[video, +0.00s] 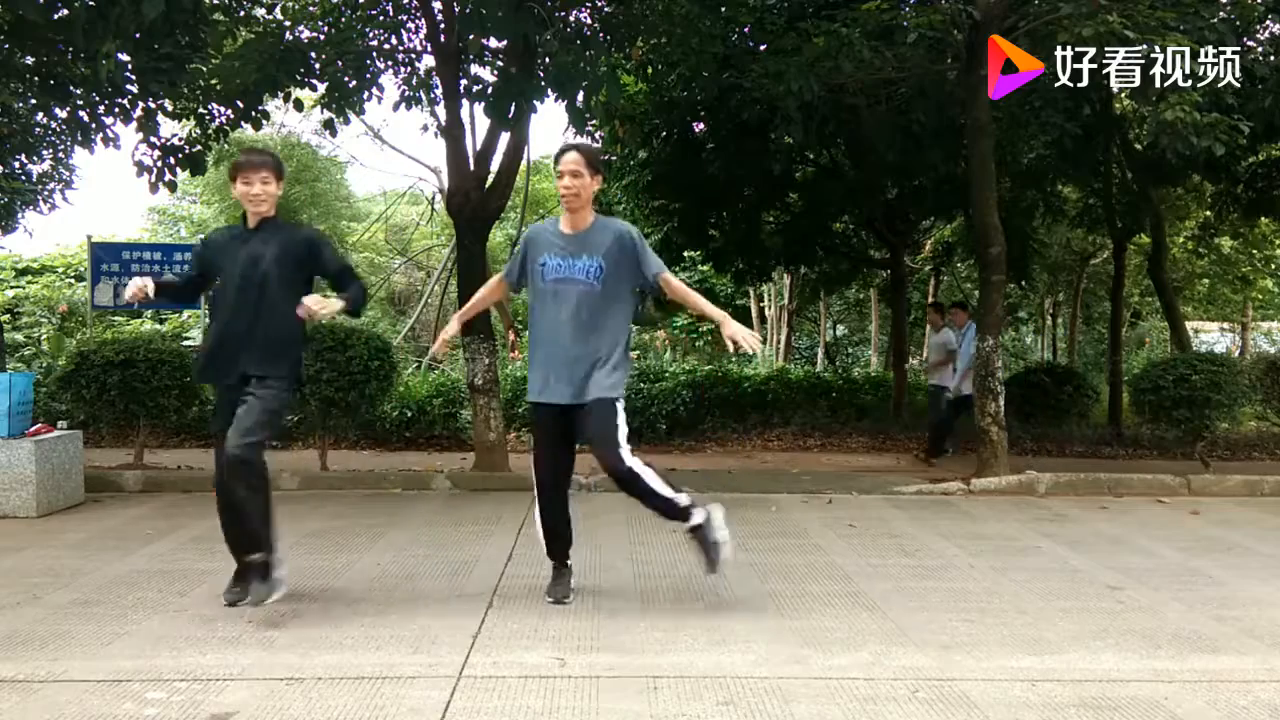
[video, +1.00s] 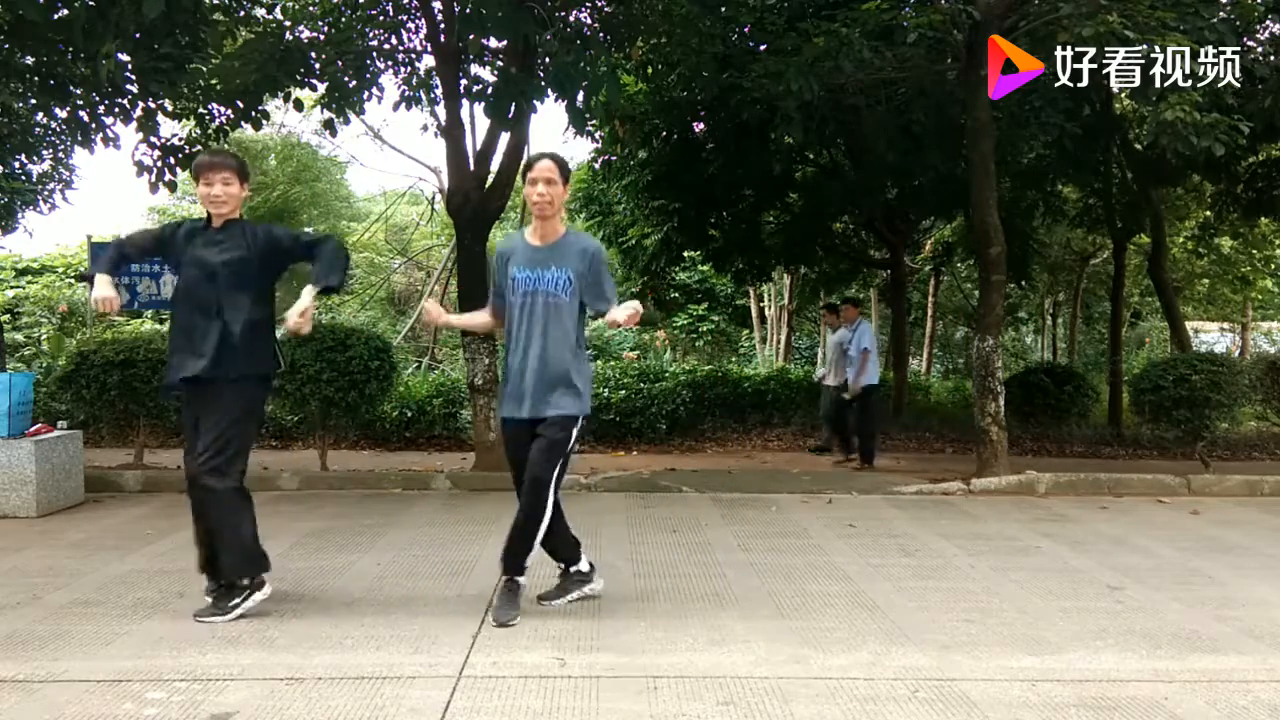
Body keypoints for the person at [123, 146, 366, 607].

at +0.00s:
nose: (257, 190)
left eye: (266, 181)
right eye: (248, 182)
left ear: (280, 186)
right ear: (235, 189)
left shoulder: (304, 241)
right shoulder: (219, 243)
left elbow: (355, 289)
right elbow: (189, 287)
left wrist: (336, 302)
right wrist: (152, 287)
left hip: (274, 372)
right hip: (227, 372)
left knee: (241, 450)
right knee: (225, 467)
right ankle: (245, 565)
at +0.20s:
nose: (236, 212)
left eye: (247, 205)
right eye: (229, 204)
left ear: (265, 214)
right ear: (221, 211)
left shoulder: (285, 270)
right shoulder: (204, 269)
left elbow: (304, 337)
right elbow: (191, 339)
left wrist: (290, 325)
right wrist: (146, 329)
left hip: (259, 404)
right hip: (210, 402)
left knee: (220, 492)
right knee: (213, 497)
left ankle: (182, 591)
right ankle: (273, 578)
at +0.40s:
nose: (214, 185)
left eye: (225, 178)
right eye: (211, 178)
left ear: (252, 186)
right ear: (207, 184)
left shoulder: (274, 234)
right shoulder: (196, 232)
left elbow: (346, 254)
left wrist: (319, 295)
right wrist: (113, 271)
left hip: (247, 369)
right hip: (203, 370)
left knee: (222, 472)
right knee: (218, 472)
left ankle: (252, 582)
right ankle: (242, 578)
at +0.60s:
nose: (207, 183)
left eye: (218, 175)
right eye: (202, 176)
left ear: (244, 182)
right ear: (198, 184)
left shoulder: (266, 233)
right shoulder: (189, 236)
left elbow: (339, 269)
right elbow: (148, 262)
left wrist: (305, 294)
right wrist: (119, 270)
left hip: (248, 373)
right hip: (203, 376)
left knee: (225, 469)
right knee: (205, 475)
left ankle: (234, 584)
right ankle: (243, 564)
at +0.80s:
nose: (217, 208)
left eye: (227, 199)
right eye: (209, 200)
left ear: (246, 206)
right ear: (200, 207)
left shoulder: (268, 261)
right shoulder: (184, 263)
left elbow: (285, 334)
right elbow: (173, 329)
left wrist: (269, 316)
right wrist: (132, 317)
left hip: (247, 397)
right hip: (195, 397)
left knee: (211, 485)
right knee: (218, 490)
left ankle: (186, 585)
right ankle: (270, 577)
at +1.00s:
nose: (216, 191)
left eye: (226, 182)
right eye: (207, 183)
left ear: (243, 189)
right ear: (197, 190)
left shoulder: (262, 237)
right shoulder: (181, 236)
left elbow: (330, 247)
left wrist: (311, 295)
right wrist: (102, 279)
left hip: (242, 370)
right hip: (195, 372)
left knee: (214, 472)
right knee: (200, 472)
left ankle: (249, 577)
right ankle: (222, 578)